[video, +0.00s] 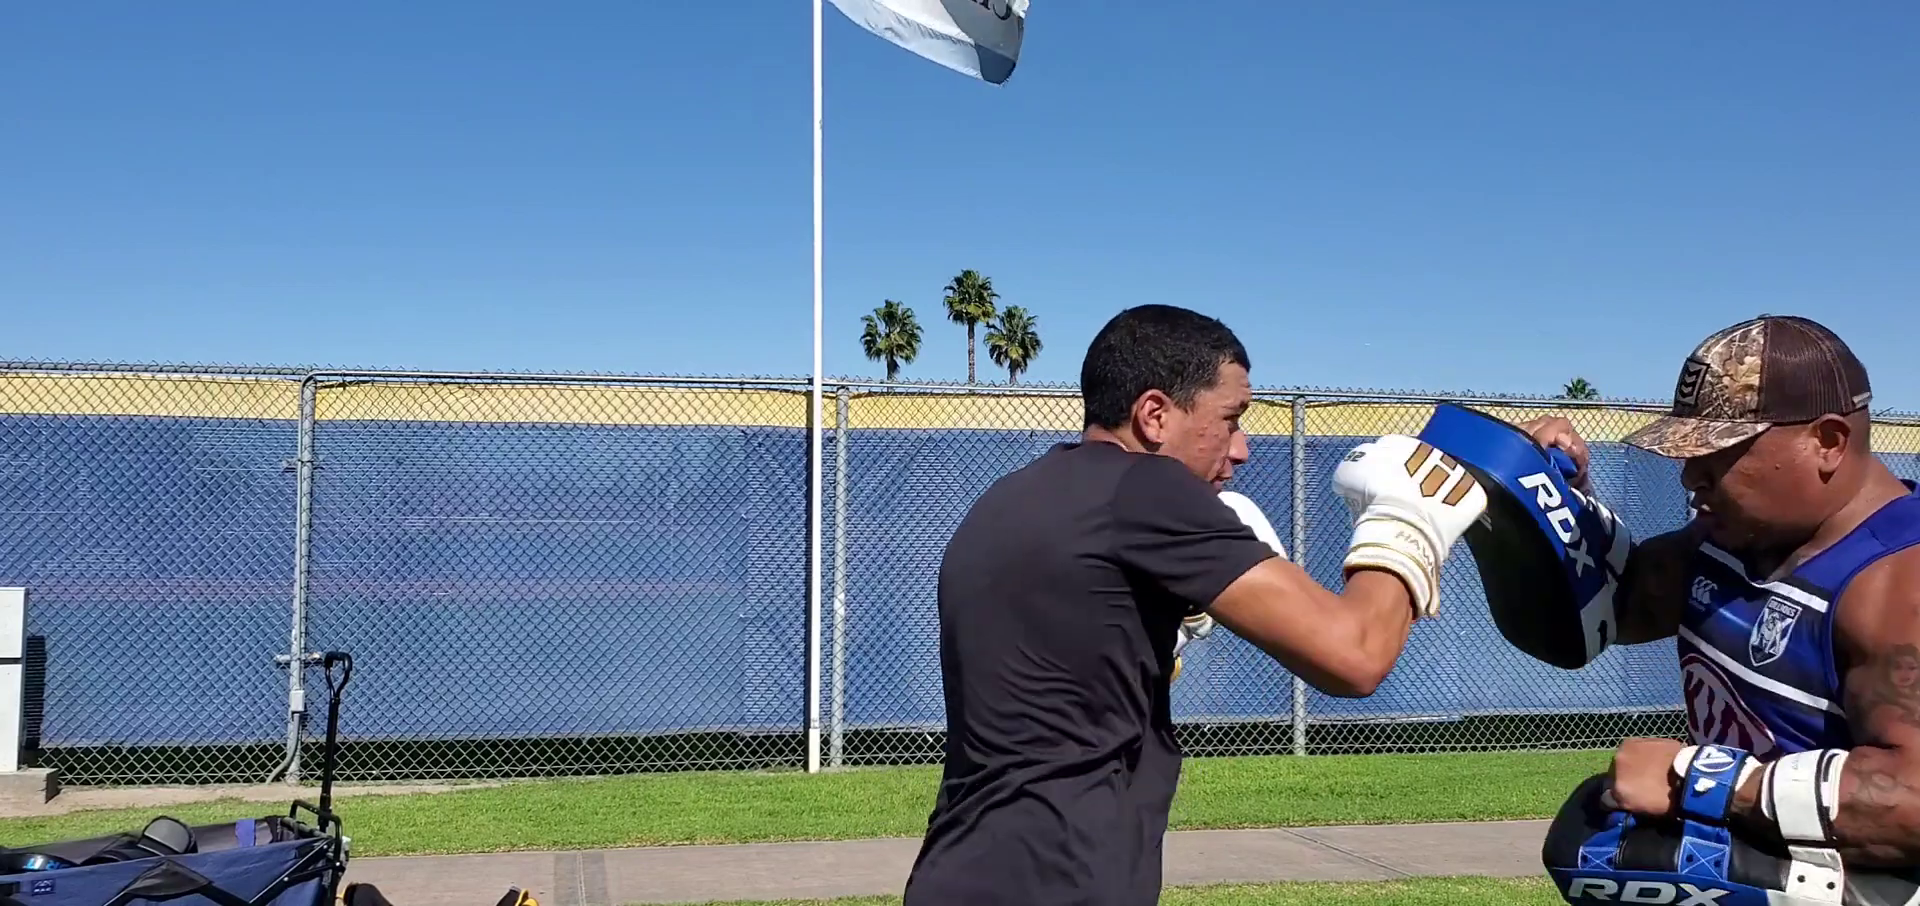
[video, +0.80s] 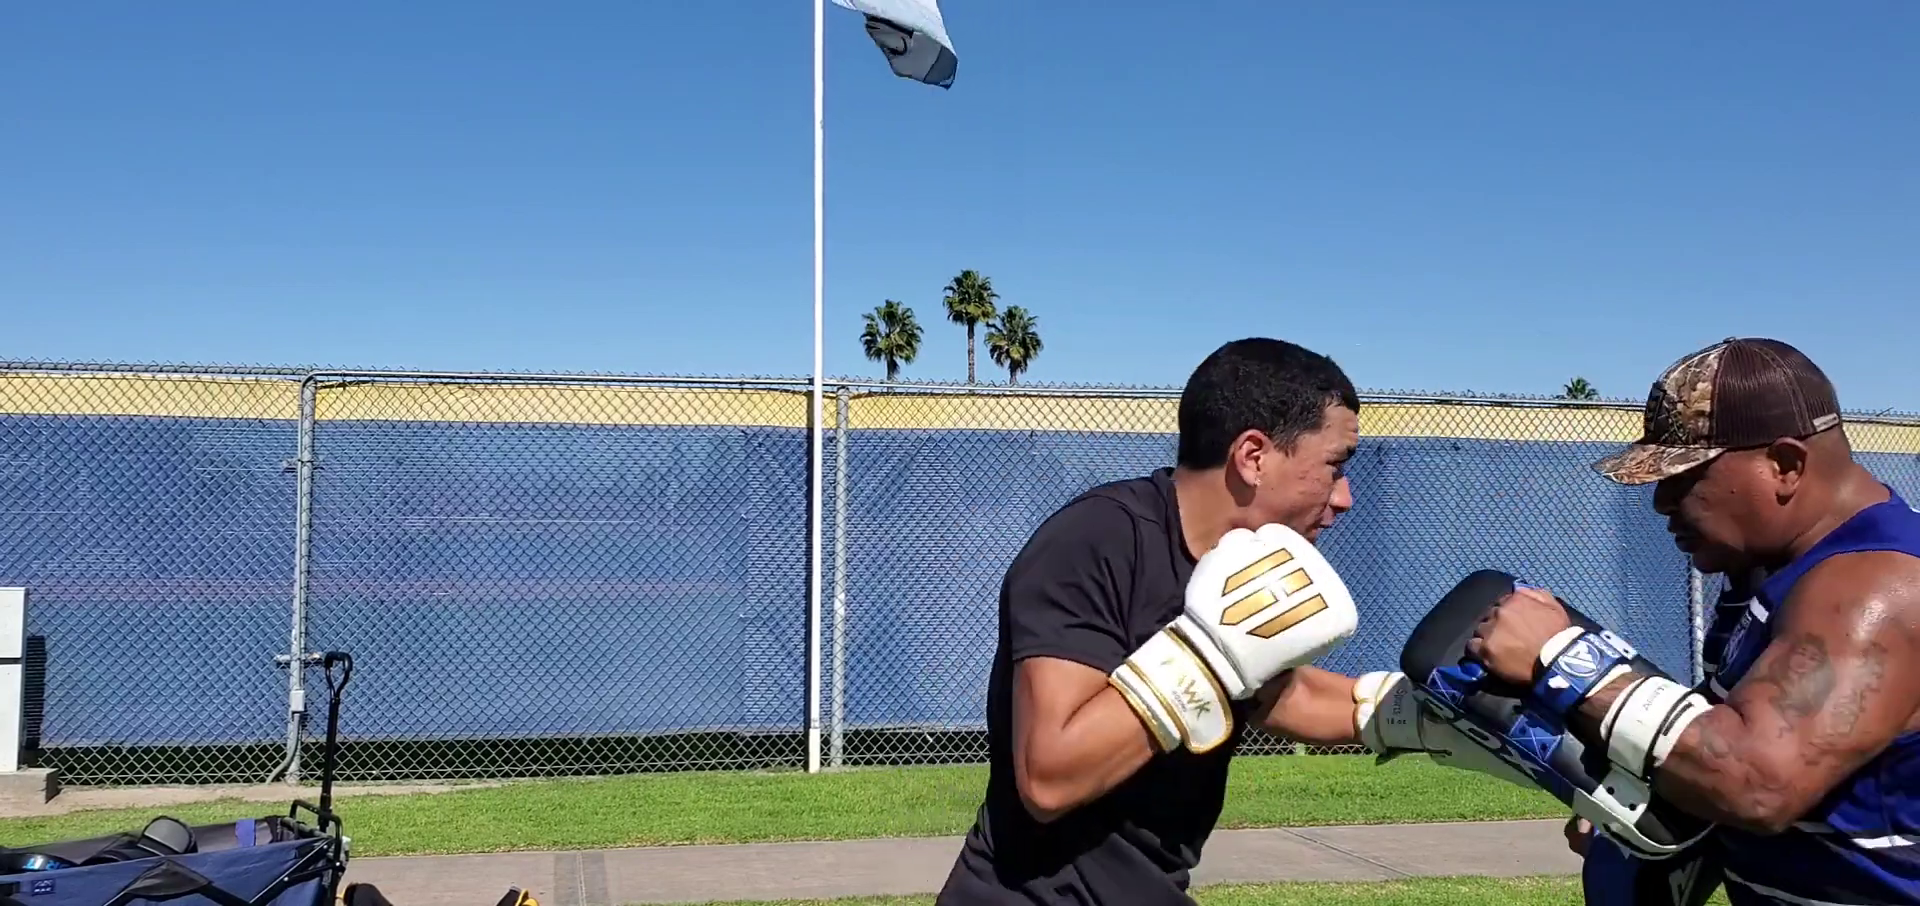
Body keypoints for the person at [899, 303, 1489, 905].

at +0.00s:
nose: (1241, 451)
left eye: (1242, 422)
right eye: (1228, 420)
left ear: (1143, 418)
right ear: (1153, 416)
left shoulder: (1005, 502)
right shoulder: (1146, 495)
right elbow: (1356, 654)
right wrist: (1407, 523)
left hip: (956, 871)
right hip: (1065, 878)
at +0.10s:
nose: (1224, 442)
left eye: (1222, 413)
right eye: (1213, 412)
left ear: (1133, 413)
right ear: (1138, 412)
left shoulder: (1004, 506)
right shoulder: (1098, 522)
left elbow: (1054, 696)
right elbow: (1171, 773)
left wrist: (1173, 599)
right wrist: (1288, 645)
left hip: (957, 872)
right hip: (1039, 883)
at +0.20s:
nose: (1211, 448)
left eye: (1208, 419)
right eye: (1199, 417)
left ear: (1125, 417)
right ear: (1127, 413)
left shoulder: (1050, 522)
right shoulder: (1031, 539)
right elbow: (1058, 809)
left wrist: (1151, 624)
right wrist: (1191, 662)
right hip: (992, 890)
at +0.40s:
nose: (1228, 468)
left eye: (1231, 441)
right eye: (1222, 437)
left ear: (1148, 427)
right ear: (1146, 423)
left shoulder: (1107, 536)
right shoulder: (1024, 531)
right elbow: (1048, 798)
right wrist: (1165, 639)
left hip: (1064, 884)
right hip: (968, 890)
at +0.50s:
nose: (1268, 521)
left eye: (1273, 495)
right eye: (1265, 492)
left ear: (1195, 475)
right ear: (1196, 473)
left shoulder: (1069, 526)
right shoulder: (1102, 558)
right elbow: (1124, 826)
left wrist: (1221, 672)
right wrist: (1226, 663)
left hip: (963, 877)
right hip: (1012, 891)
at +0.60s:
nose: (1313, 567)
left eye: (1316, 539)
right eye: (1310, 537)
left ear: (1243, 523)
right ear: (1245, 524)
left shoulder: (1102, 569)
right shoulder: (1152, 602)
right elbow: (1170, 862)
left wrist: (1275, 715)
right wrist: (1285, 707)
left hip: (982, 883)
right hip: (1046, 890)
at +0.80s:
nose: (1344, 498)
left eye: (1344, 469)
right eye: (1333, 468)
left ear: (1253, 461)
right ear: (1252, 458)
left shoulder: (1237, 562)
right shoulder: (1086, 544)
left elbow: (1274, 690)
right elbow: (1049, 778)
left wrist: (1417, 713)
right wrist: (1208, 658)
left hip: (1150, 881)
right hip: (1030, 882)